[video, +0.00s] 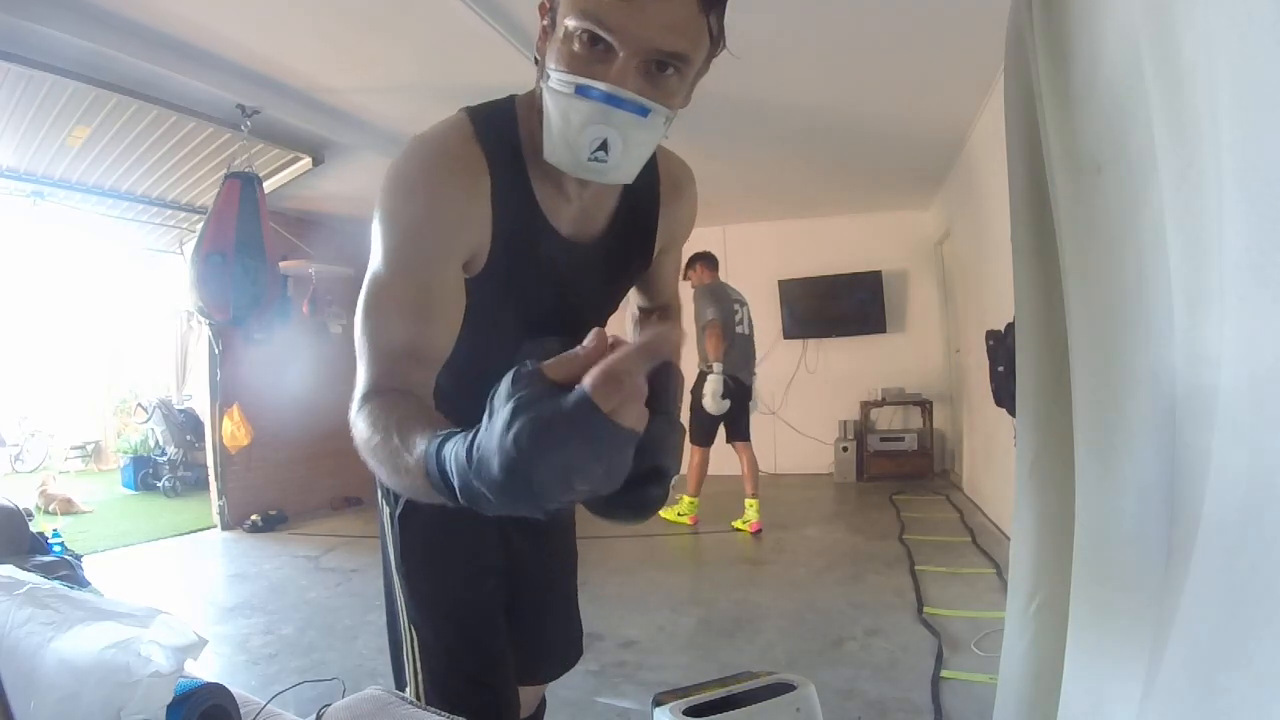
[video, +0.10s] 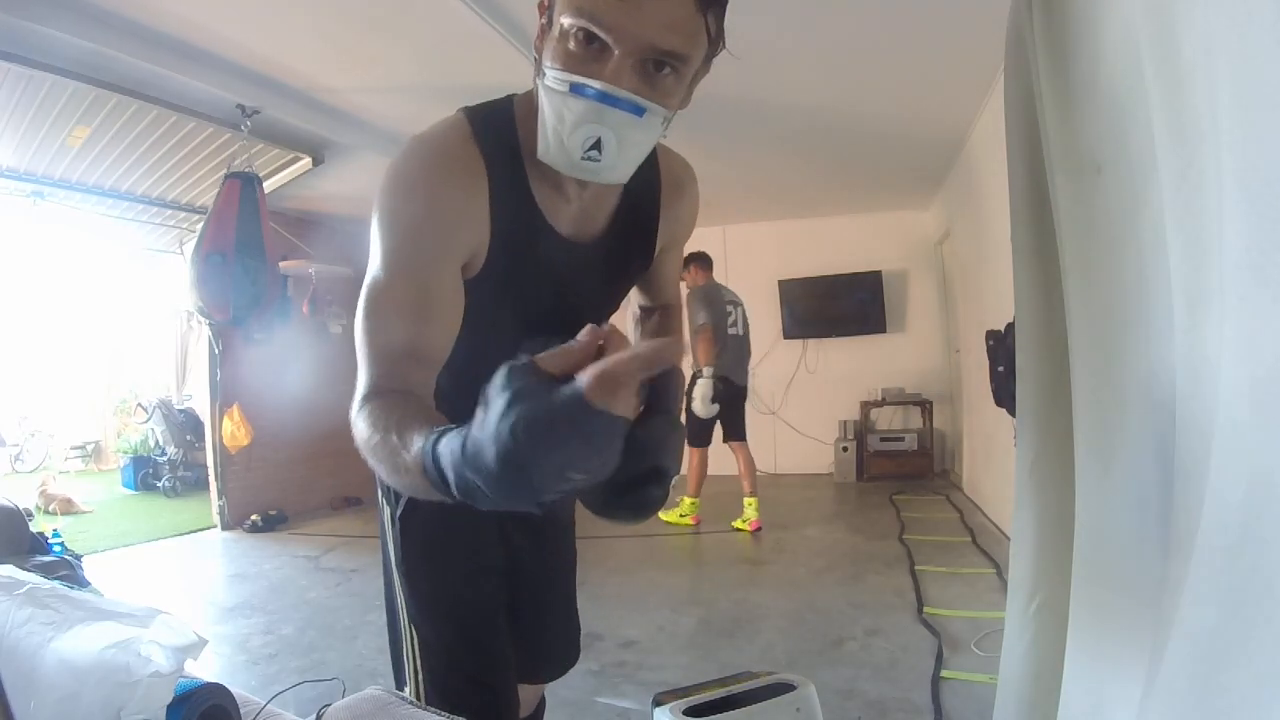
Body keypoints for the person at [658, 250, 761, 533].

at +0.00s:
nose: (690, 283)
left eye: (690, 277)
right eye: (689, 278)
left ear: (701, 269)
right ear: (714, 270)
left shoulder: (705, 292)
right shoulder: (735, 295)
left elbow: (713, 330)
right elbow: (747, 342)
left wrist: (716, 373)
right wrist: (747, 380)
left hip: (714, 378)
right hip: (740, 380)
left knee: (699, 444)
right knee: (742, 444)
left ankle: (688, 508)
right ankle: (752, 514)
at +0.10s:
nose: (685, 284)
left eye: (685, 277)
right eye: (683, 279)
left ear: (695, 270)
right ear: (707, 270)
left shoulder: (699, 295)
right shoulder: (731, 296)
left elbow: (705, 334)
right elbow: (741, 343)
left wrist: (705, 376)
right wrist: (739, 378)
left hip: (709, 380)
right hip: (736, 381)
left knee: (697, 445)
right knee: (738, 443)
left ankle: (689, 509)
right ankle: (751, 513)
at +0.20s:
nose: (677, 278)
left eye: (679, 272)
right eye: (677, 273)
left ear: (689, 270)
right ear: (701, 270)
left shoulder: (693, 296)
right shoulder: (726, 296)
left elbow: (693, 342)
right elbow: (739, 346)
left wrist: (691, 385)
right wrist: (731, 376)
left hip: (702, 381)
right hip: (728, 382)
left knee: (693, 445)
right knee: (732, 442)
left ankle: (687, 508)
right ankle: (750, 509)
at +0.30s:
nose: (673, 279)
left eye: (674, 273)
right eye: (674, 273)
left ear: (682, 271)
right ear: (695, 269)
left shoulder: (685, 299)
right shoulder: (720, 296)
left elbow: (684, 340)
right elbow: (733, 341)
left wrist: (680, 371)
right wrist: (728, 373)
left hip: (694, 378)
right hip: (720, 379)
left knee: (690, 443)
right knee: (722, 439)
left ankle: (687, 508)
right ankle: (747, 505)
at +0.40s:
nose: (667, 279)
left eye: (668, 272)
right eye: (668, 271)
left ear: (676, 271)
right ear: (688, 268)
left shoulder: (676, 299)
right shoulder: (712, 296)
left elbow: (675, 344)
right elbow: (727, 340)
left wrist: (669, 377)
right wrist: (725, 377)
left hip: (689, 378)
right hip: (713, 379)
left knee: (687, 443)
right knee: (712, 441)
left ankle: (687, 508)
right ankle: (741, 495)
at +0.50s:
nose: (665, 279)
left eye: (666, 273)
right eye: (666, 273)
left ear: (673, 272)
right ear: (683, 269)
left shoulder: (671, 300)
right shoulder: (705, 297)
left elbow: (668, 344)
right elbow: (721, 339)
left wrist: (661, 376)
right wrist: (723, 374)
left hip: (684, 375)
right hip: (708, 375)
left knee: (683, 442)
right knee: (701, 439)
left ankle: (687, 508)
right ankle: (729, 489)